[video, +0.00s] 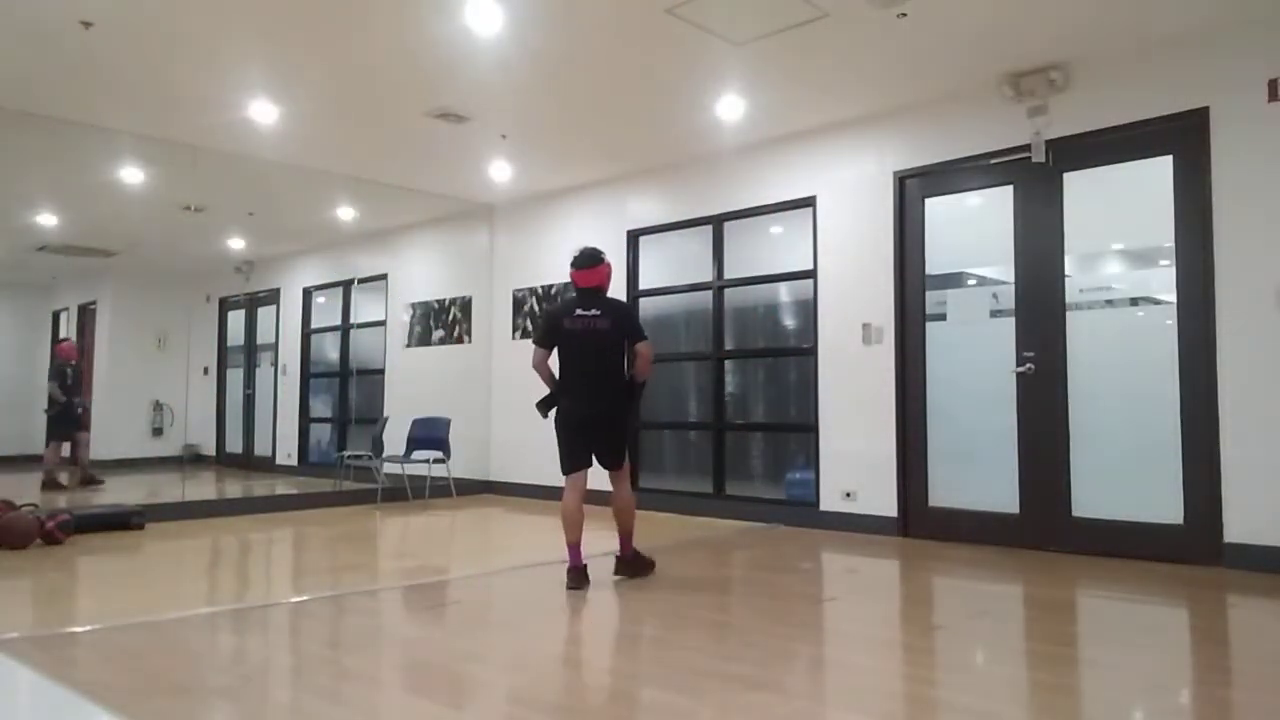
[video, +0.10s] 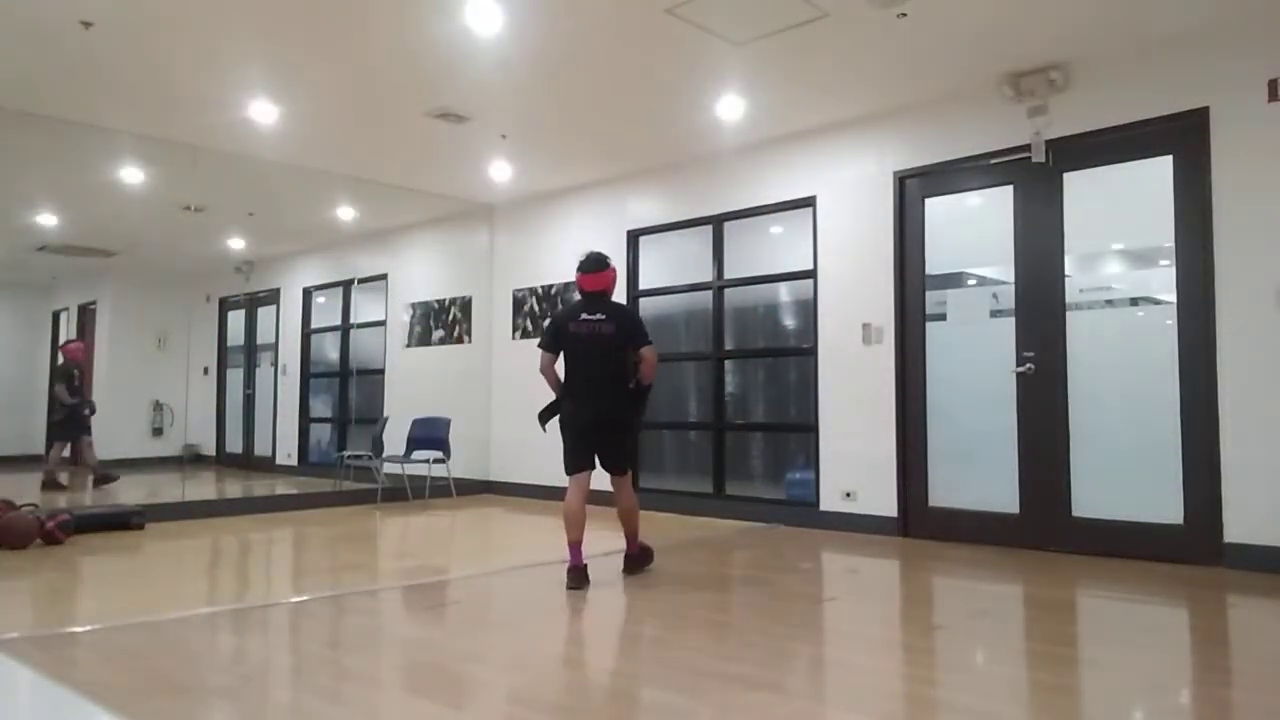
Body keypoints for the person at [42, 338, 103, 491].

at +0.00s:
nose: (74, 353)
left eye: (74, 350)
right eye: (71, 350)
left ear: (74, 352)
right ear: (63, 352)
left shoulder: (76, 369)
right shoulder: (57, 368)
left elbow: (76, 389)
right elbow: (52, 387)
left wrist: (80, 402)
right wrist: (65, 400)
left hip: (72, 411)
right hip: (57, 411)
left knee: (83, 438)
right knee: (55, 444)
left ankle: (84, 474)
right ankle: (49, 477)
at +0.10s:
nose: (83, 355)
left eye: (82, 352)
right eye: (80, 352)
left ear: (72, 353)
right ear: (72, 353)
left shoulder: (78, 371)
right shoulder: (62, 370)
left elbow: (78, 392)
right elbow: (59, 390)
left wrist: (87, 403)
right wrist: (72, 402)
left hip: (77, 413)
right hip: (63, 414)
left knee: (86, 442)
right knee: (59, 444)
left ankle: (98, 473)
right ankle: (49, 477)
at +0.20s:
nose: (89, 356)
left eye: (88, 353)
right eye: (86, 353)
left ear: (81, 355)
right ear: (79, 355)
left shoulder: (85, 371)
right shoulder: (71, 370)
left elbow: (85, 390)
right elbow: (68, 390)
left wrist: (94, 401)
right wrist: (81, 403)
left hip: (86, 410)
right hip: (74, 411)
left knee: (97, 440)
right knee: (67, 444)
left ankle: (101, 476)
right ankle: (49, 477)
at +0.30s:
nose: (98, 355)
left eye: (98, 352)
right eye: (95, 352)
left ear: (90, 355)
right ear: (87, 354)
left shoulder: (93, 371)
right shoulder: (78, 371)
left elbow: (94, 393)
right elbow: (77, 392)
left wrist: (106, 400)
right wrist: (94, 402)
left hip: (94, 409)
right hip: (82, 410)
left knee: (103, 439)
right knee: (78, 444)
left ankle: (101, 475)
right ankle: (53, 473)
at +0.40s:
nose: (103, 354)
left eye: (104, 351)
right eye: (99, 351)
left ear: (105, 353)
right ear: (90, 353)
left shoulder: (101, 372)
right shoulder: (84, 369)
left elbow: (102, 390)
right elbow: (81, 387)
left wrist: (112, 396)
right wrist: (100, 396)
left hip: (100, 410)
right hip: (86, 410)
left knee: (103, 442)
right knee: (92, 443)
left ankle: (101, 475)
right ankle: (65, 469)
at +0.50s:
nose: (107, 354)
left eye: (109, 350)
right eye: (103, 350)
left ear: (111, 352)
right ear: (94, 353)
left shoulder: (108, 371)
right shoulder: (88, 369)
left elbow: (112, 388)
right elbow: (90, 386)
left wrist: (125, 386)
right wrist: (109, 388)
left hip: (106, 408)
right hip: (94, 408)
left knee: (107, 441)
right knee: (104, 441)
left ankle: (102, 475)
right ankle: (79, 468)